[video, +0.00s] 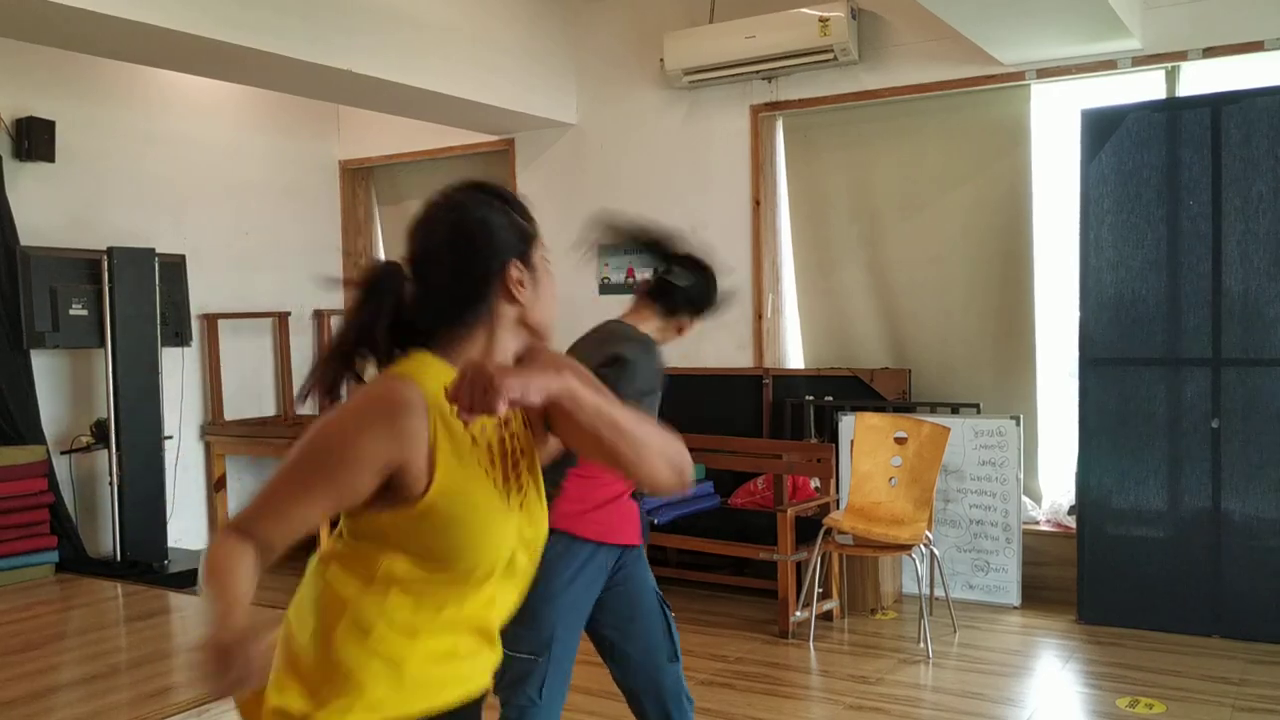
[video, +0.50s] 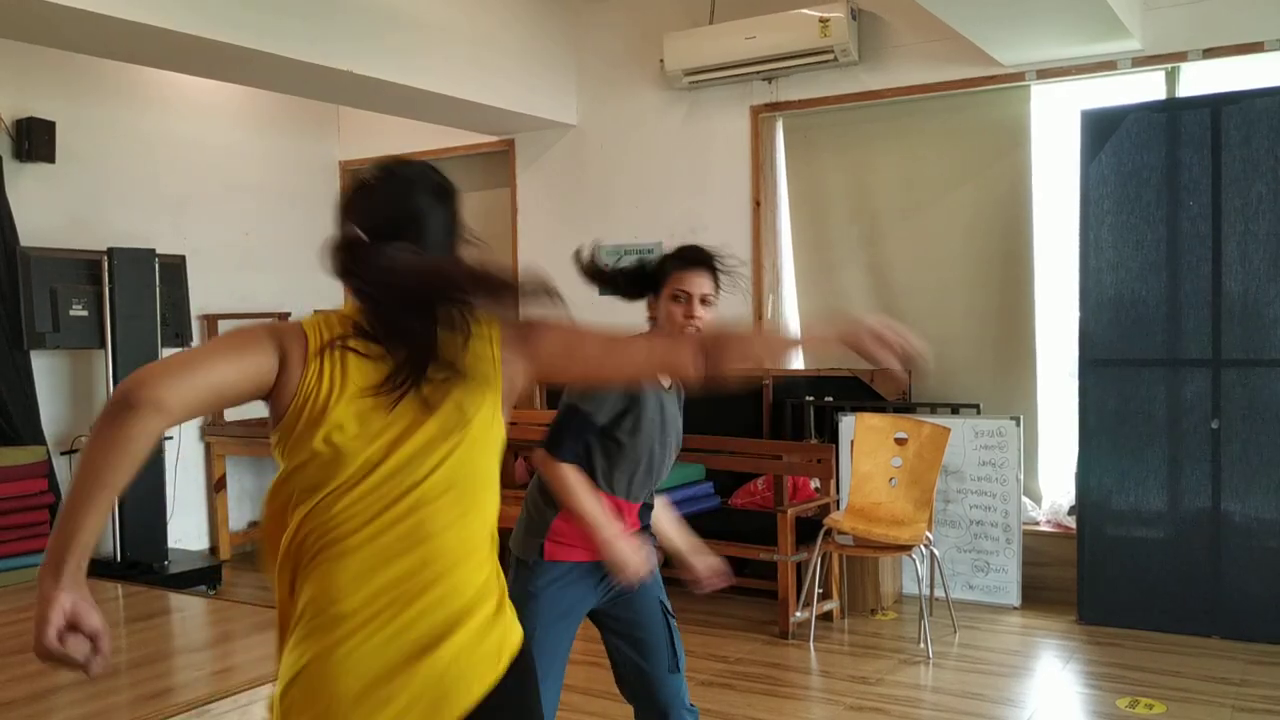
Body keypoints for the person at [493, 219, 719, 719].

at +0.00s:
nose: (691, 329)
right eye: (696, 321)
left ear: (643, 289)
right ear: (688, 321)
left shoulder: (599, 340)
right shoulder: (637, 359)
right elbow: (548, 441)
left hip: (617, 543)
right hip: (570, 541)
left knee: (662, 687)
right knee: (533, 695)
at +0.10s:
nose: (701, 358)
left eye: (706, 350)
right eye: (707, 349)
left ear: (667, 311)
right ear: (702, 336)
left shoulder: (636, 351)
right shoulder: (644, 361)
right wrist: (628, 559)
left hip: (609, 544)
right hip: (572, 544)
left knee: (663, 697)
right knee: (544, 697)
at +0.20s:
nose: (708, 373)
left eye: (719, 365)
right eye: (718, 360)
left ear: (702, 327)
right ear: (705, 332)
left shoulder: (643, 359)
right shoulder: (638, 347)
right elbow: (645, 448)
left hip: (621, 555)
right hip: (571, 556)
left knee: (665, 703)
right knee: (539, 702)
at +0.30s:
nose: (720, 351)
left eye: (729, 342)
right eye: (721, 334)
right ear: (688, 308)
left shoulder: (655, 357)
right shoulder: (639, 344)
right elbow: (654, 442)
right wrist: (741, 436)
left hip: (623, 550)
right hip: (565, 550)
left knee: (662, 699)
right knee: (535, 702)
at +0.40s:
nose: (712, 326)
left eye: (723, 316)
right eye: (703, 308)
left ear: (730, 320)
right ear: (670, 299)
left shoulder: (659, 362)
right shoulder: (643, 350)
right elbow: (616, 456)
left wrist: (675, 461)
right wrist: (686, 462)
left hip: (624, 552)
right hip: (571, 553)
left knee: (667, 706)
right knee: (532, 706)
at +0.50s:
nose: (693, 313)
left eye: (705, 302)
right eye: (680, 298)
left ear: (715, 310)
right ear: (652, 305)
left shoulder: (667, 387)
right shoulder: (611, 373)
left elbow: (640, 487)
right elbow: (554, 458)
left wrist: (691, 550)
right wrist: (613, 539)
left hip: (628, 558)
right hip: (556, 559)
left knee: (666, 703)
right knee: (530, 704)